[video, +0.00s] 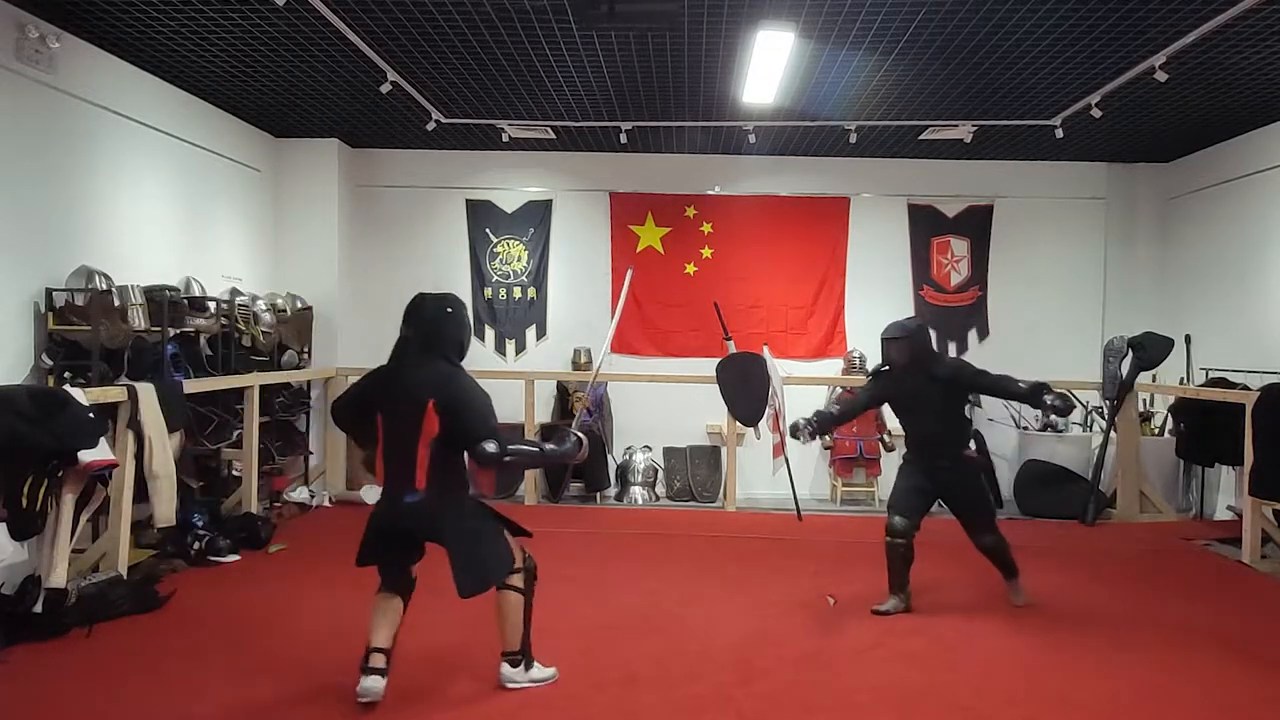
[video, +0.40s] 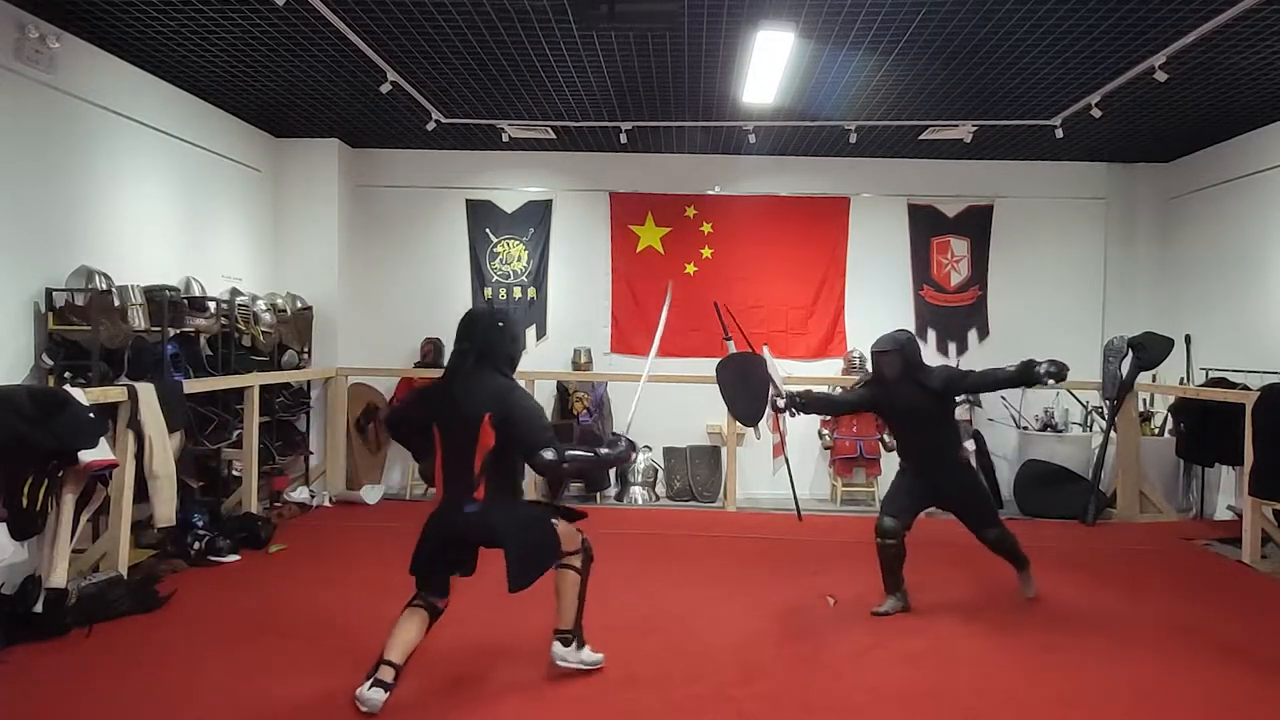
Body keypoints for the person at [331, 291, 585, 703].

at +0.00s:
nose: (466, 339)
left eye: (465, 331)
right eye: (463, 331)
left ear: (410, 330)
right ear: (453, 334)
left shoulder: (385, 376)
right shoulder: (456, 384)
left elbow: (343, 410)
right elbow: (490, 450)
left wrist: (376, 450)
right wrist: (558, 452)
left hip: (393, 506)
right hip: (446, 507)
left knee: (394, 580)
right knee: (516, 564)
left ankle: (374, 671)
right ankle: (516, 662)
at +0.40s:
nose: (520, 350)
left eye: (520, 341)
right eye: (517, 342)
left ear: (465, 343)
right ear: (504, 346)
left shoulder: (439, 391)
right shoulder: (507, 394)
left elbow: (397, 421)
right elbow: (550, 458)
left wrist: (428, 455)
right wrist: (614, 455)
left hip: (448, 515)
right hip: (499, 515)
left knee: (428, 599)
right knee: (575, 544)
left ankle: (380, 681)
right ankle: (567, 644)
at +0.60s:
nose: (558, 343)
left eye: (555, 335)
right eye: (555, 335)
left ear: (503, 340)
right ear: (547, 341)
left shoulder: (484, 385)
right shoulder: (555, 389)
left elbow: (442, 422)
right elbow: (596, 441)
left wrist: (477, 452)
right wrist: (656, 447)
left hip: (499, 509)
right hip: (555, 507)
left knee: (469, 583)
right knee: (614, 558)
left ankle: (421, 658)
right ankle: (626, 649)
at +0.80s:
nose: (575, 348)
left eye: (571, 341)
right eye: (572, 341)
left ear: (522, 343)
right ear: (564, 345)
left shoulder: (500, 386)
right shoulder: (570, 392)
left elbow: (457, 421)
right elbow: (605, 440)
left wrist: (491, 450)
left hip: (512, 511)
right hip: (565, 510)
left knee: (496, 589)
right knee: (628, 554)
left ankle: (461, 670)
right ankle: (628, 647)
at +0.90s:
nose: (581, 348)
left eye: (578, 340)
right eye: (577, 341)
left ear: (528, 343)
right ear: (566, 345)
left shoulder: (505, 386)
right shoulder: (571, 391)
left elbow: (461, 421)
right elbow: (606, 436)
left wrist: (495, 452)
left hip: (515, 509)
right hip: (567, 509)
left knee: (498, 590)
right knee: (633, 545)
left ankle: (460, 671)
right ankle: (630, 642)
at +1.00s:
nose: (588, 350)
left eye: (585, 342)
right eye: (584, 343)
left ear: (538, 346)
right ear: (574, 347)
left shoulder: (516, 387)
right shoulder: (582, 392)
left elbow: (470, 421)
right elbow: (618, 442)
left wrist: (502, 454)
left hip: (523, 510)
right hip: (577, 510)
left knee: (500, 590)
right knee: (636, 547)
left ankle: (458, 673)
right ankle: (647, 642)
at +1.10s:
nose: (608, 351)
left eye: (605, 343)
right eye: (604, 343)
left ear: (557, 347)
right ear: (596, 349)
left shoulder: (535, 389)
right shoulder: (605, 396)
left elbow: (492, 423)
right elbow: (639, 457)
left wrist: (533, 453)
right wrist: (687, 451)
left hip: (544, 510)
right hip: (596, 511)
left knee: (507, 590)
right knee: (652, 544)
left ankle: (456, 671)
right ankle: (660, 638)